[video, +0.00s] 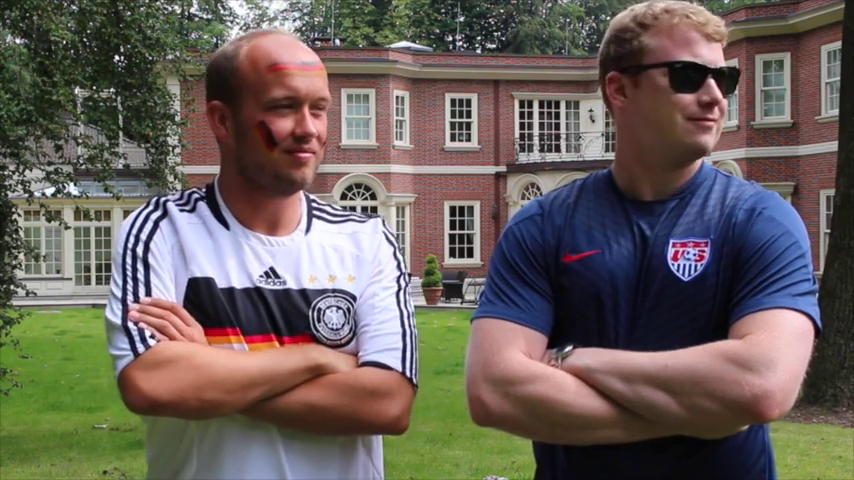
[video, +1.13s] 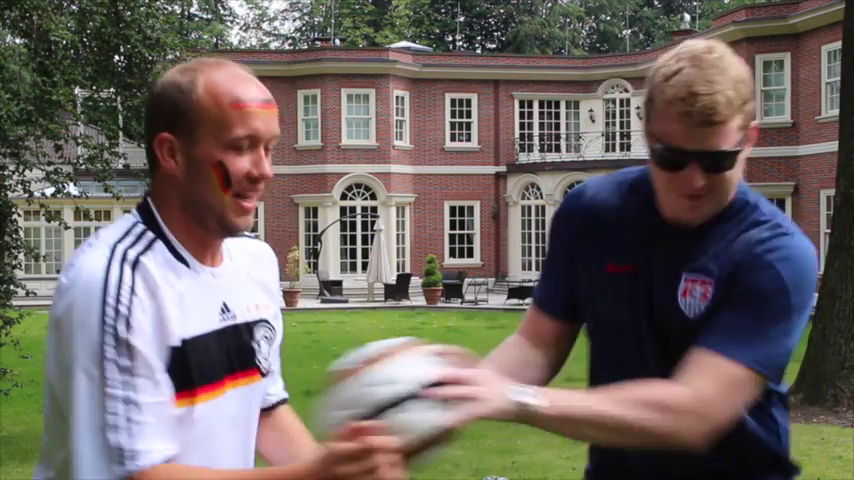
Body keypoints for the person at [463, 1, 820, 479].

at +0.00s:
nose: (714, 95)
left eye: (722, 79)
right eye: (687, 76)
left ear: (729, 90)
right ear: (618, 92)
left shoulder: (760, 220)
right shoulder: (539, 227)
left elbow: (762, 387)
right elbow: (492, 391)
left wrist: (569, 362)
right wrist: (685, 411)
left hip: (725, 473)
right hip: (575, 473)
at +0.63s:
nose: (711, 102)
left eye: (720, 84)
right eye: (684, 82)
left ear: (728, 92)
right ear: (618, 93)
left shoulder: (753, 211)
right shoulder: (542, 213)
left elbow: (789, 374)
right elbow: (497, 387)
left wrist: (592, 346)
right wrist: (653, 457)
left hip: (724, 472)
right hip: (578, 469)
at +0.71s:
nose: (700, 115)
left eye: (713, 95)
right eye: (674, 95)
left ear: (723, 97)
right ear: (611, 100)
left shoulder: (760, 214)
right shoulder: (542, 213)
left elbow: (847, 368)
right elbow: (498, 380)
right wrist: (590, 454)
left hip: (730, 469)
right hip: (593, 473)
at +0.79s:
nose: (679, 132)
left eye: (695, 108)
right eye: (653, 113)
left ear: (710, 105)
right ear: (601, 113)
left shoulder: (763, 214)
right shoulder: (542, 211)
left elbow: (823, 342)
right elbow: (492, 378)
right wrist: (600, 415)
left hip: (729, 470)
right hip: (592, 474)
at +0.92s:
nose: (655, 156)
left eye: (677, 133)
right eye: (632, 133)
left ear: (708, 122)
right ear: (601, 123)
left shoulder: (762, 236)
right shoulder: (544, 224)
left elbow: (811, 383)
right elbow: (495, 381)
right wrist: (582, 438)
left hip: (718, 466)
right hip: (591, 471)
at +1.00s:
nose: (661, 183)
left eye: (684, 161)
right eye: (638, 160)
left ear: (716, 148)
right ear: (611, 145)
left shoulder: (768, 259)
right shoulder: (552, 238)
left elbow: (804, 433)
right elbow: (503, 371)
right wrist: (546, 425)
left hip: (720, 466)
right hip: (587, 465)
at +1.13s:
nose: (692, 182)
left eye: (716, 162)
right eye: (670, 158)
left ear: (748, 138)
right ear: (646, 136)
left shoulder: (777, 256)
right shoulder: (590, 212)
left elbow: (693, 414)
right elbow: (535, 344)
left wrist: (516, 401)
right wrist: (434, 412)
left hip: (740, 472)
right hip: (619, 469)